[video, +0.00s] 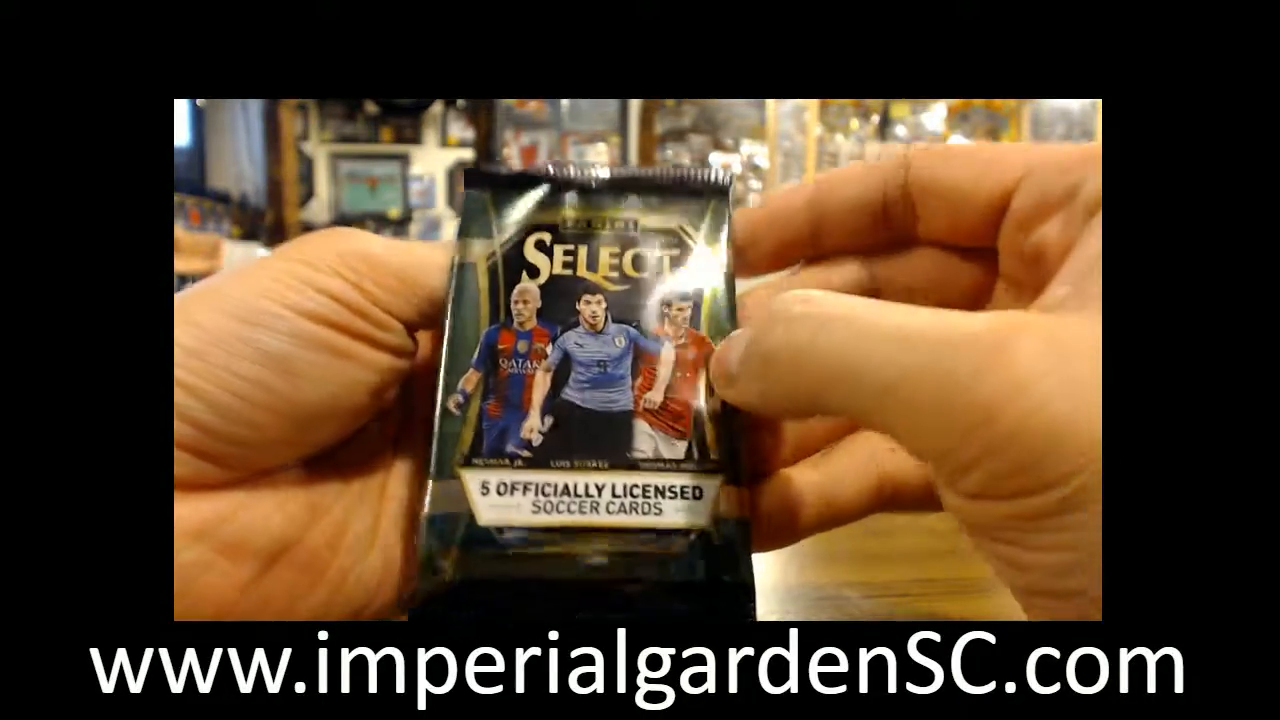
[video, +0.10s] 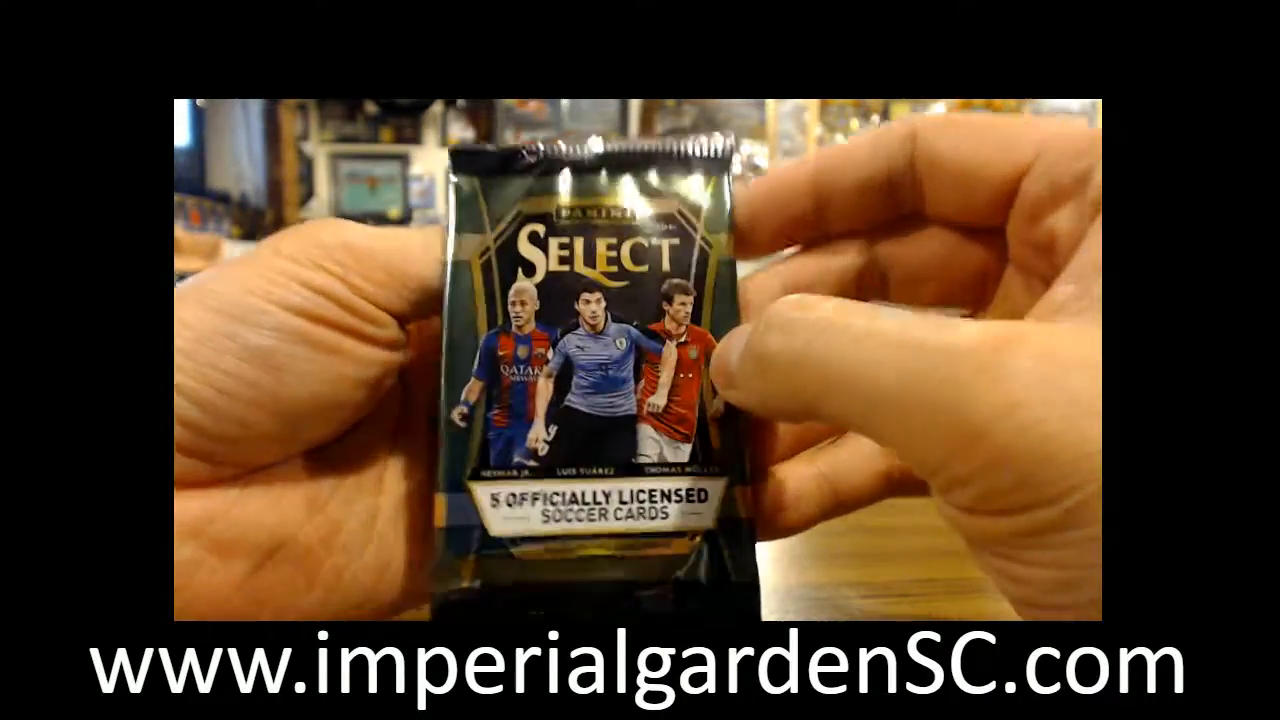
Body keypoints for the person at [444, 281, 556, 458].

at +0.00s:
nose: (519, 308)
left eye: (525, 303)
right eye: (515, 303)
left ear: (538, 304)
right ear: (510, 305)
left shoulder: (552, 336)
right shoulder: (494, 335)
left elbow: (560, 376)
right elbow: (475, 372)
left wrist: (551, 412)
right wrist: (462, 394)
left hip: (530, 415)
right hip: (496, 413)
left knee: (514, 458)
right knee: (491, 465)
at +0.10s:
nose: (517, 310)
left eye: (523, 304)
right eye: (513, 304)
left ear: (536, 305)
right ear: (507, 307)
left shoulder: (551, 339)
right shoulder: (493, 340)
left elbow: (561, 380)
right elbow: (478, 380)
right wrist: (465, 404)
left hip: (536, 423)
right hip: (501, 424)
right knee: (500, 483)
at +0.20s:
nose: (511, 317)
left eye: (517, 309)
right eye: (506, 310)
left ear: (530, 310)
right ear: (500, 313)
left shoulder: (547, 346)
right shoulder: (488, 348)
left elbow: (553, 388)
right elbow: (475, 390)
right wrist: (462, 416)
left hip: (532, 434)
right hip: (498, 434)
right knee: (500, 493)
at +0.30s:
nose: (510, 317)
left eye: (517, 310)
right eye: (506, 310)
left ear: (530, 311)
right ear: (500, 313)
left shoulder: (547, 346)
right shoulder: (488, 348)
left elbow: (557, 387)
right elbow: (474, 390)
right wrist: (462, 415)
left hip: (532, 433)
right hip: (498, 434)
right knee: (498, 492)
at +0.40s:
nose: (512, 318)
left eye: (518, 311)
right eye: (507, 312)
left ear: (531, 313)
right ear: (501, 314)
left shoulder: (548, 347)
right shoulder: (489, 349)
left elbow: (559, 388)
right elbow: (475, 390)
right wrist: (463, 416)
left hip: (533, 433)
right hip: (499, 434)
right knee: (500, 492)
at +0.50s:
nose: (526, 322)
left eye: (531, 316)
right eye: (521, 316)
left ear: (546, 316)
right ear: (515, 318)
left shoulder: (561, 350)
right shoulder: (508, 353)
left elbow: (567, 390)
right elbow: (496, 389)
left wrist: (560, 430)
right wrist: (484, 412)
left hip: (551, 432)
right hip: (518, 433)